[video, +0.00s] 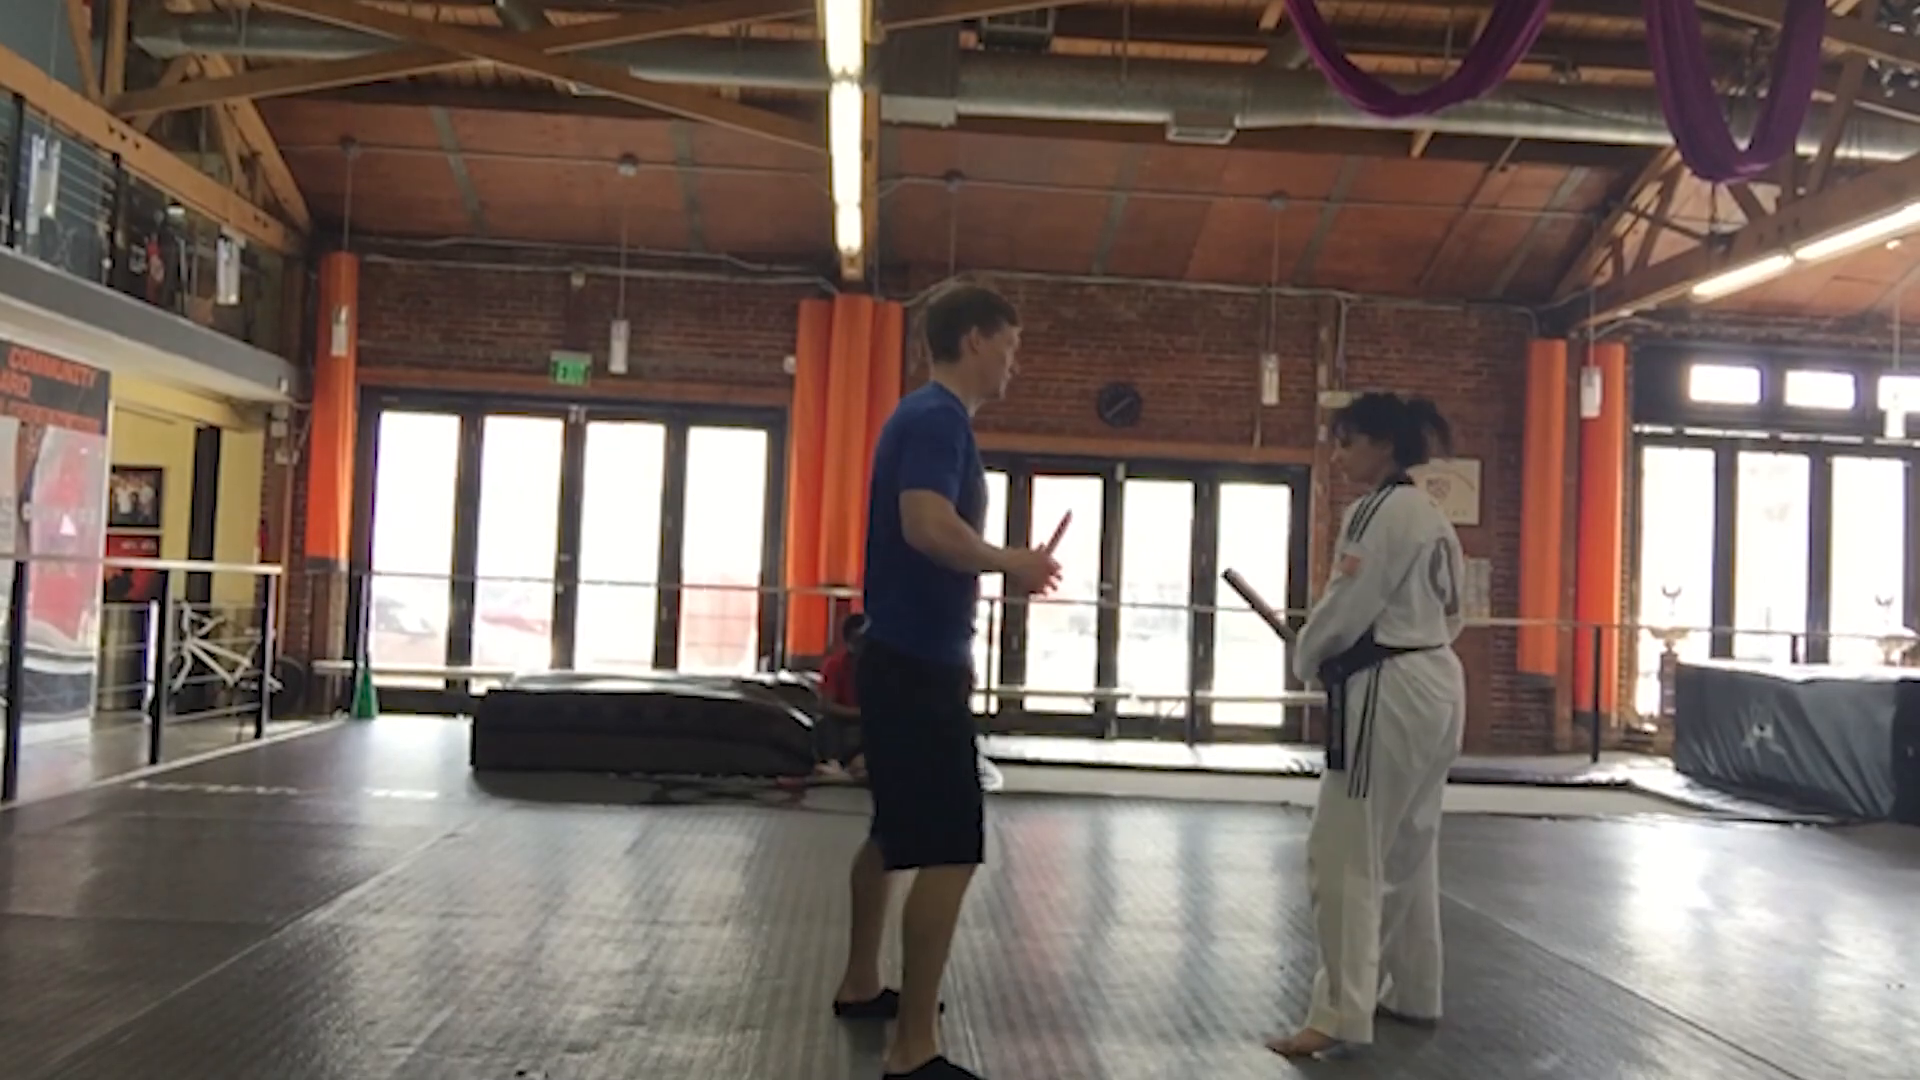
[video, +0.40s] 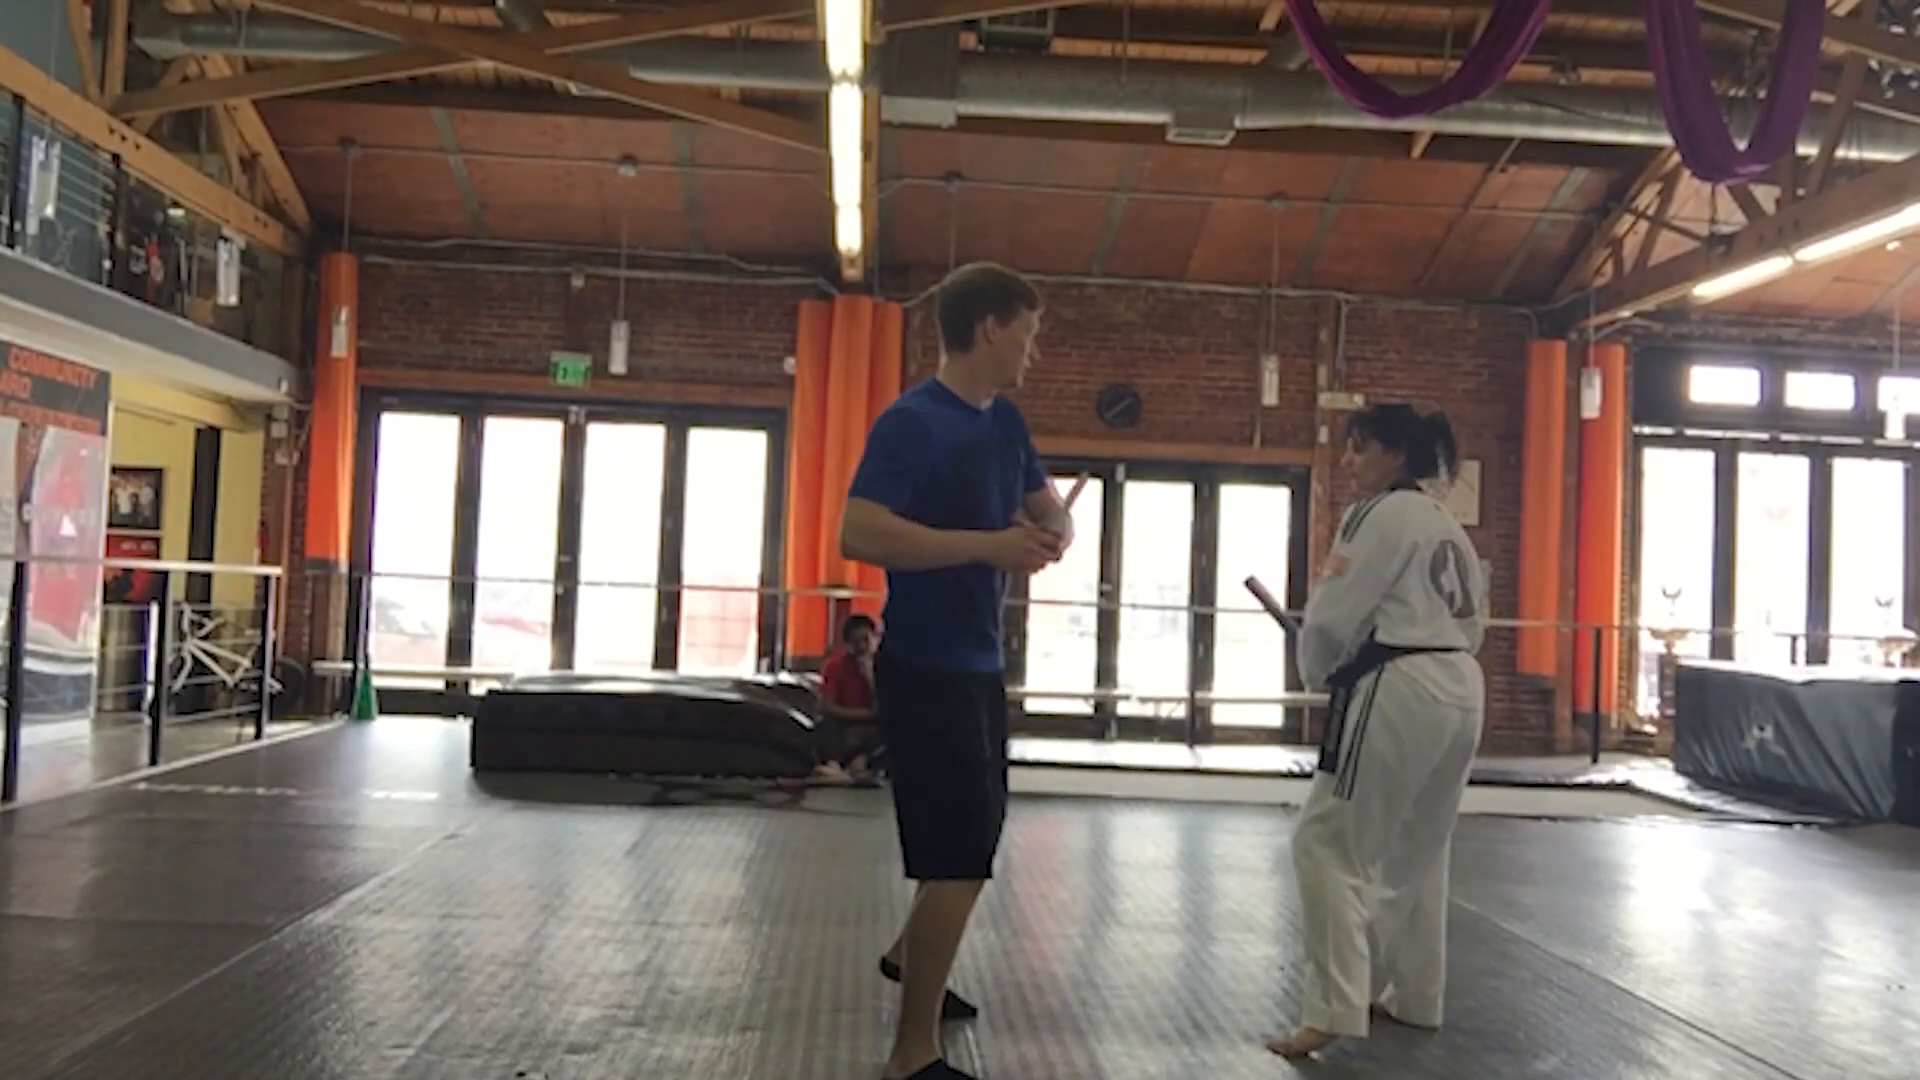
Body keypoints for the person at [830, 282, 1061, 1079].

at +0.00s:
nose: (1015, 364)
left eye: (1016, 348)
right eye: (1011, 347)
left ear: (956, 343)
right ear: (974, 341)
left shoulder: (928, 419)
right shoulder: (936, 419)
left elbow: (938, 535)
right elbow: (926, 528)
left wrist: (1009, 566)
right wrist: (1007, 562)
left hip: (899, 663)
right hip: (919, 669)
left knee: (892, 833)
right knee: (954, 851)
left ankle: (861, 985)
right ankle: (914, 1048)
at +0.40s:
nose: (1034, 351)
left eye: (1036, 336)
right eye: (1029, 334)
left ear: (992, 332)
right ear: (988, 330)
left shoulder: (1006, 421)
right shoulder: (913, 420)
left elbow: (1042, 506)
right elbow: (859, 530)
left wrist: (1049, 523)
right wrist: (988, 545)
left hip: (979, 665)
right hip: (925, 667)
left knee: (974, 834)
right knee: (960, 859)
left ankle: (915, 954)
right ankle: (914, 1055)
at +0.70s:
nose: (1045, 376)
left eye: (1047, 362)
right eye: (1038, 361)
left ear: (1002, 361)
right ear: (993, 359)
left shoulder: (1030, 428)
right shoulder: (905, 442)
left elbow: (1143, 455)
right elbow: (806, 530)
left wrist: (1065, 480)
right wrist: (894, 533)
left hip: (1005, 682)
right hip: (932, 684)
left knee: (1013, 828)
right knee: (969, 853)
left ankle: (937, 932)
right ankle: (915, 1055)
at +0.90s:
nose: (1054, 400)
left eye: (1055, 387)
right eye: (1046, 386)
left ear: (1017, 387)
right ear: (1001, 386)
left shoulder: (1041, 448)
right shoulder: (925, 464)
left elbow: (1132, 426)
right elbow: (821, 520)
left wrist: (1125, 435)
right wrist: (884, 438)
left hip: (1005, 700)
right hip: (950, 702)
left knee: (990, 847)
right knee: (1007, 872)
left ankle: (931, 956)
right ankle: (919, 1059)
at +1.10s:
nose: (1070, 397)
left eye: (1068, 386)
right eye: (1065, 386)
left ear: (991, 378)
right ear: (1039, 386)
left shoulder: (931, 437)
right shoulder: (1022, 430)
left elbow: (874, 457)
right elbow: (1128, 382)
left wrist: (941, 430)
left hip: (939, 675)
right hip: (994, 675)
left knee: (978, 827)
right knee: (1055, 852)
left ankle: (925, 968)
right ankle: (956, 1008)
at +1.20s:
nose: (1082, 404)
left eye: (1083, 393)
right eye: (1079, 393)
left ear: (1002, 383)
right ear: (1058, 394)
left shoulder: (931, 429)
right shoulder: (1054, 441)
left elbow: (835, 468)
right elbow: (1146, 430)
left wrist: (911, 481)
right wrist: (1203, 358)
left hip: (927, 665)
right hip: (997, 669)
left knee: (957, 814)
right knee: (1048, 849)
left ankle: (925, 963)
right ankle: (1013, 1043)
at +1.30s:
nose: (1085, 431)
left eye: (1088, 419)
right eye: (1084, 418)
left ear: (1013, 409)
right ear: (1060, 417)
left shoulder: (944, 441)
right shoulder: (1063, 478)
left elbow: (845, 491)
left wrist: (914, 509)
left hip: (923, 674)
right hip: (999, 682)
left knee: (938, 820)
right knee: (1055, 863)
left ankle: (908, 974)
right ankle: (1017, 1051)